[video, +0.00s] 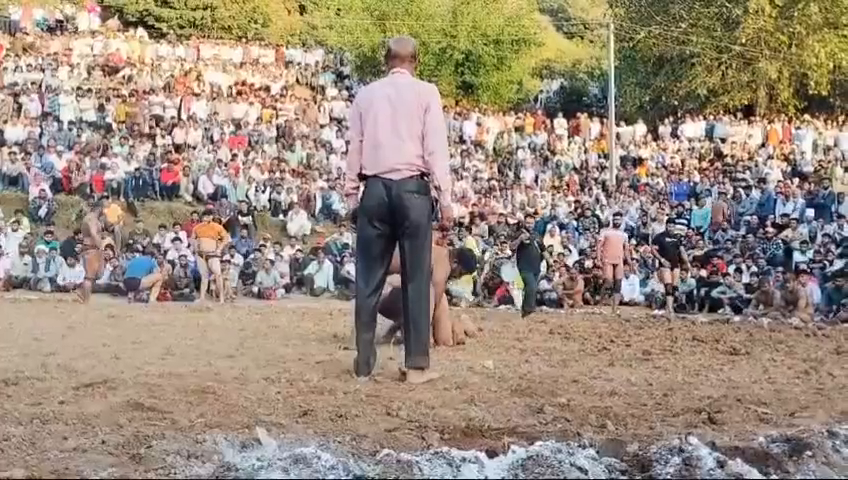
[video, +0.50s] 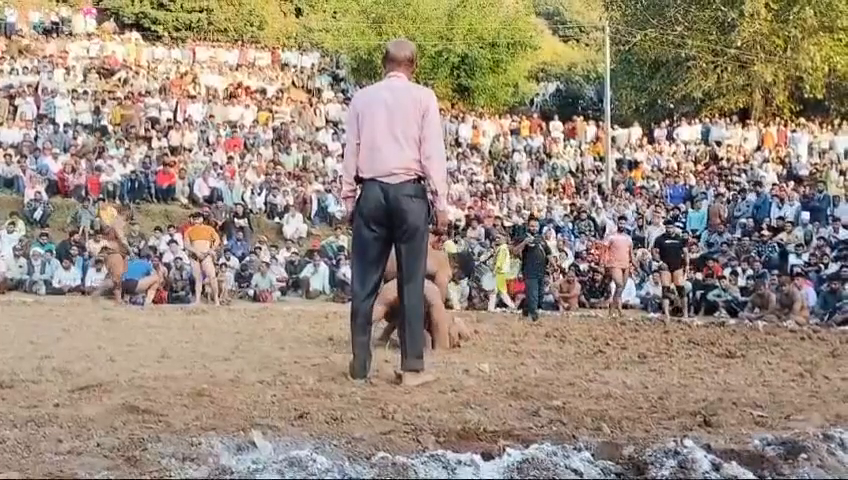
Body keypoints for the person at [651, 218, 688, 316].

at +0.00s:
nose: (672, 228)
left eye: (673, 226)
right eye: (670, 226)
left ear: (675, 227)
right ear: (666, 226)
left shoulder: (677, 238)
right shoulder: (660, 237)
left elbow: (682, 252)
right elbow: (654, 249)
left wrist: (687, 263)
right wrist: (662, 259)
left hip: (675, 263)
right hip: (665, 263)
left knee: (674, 287)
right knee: (668, 286)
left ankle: (669, 309)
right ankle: (670, 310)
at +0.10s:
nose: (670, 229)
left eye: (672, 226)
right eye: (668, 226)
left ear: (674, 227)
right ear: (665, 227)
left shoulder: (677, 238)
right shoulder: (660, 237)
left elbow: (681, 251)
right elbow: (654, 250)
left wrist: (685, 263)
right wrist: (662, 260)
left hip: (676, 264)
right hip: (665, 263)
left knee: (675, 287)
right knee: (668, 287)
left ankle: (668, 308)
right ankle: (669, 312)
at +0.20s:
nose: (668, 229)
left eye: (670, 226)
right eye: (666, 226)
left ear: (673, 227)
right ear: (664, 227)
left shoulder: (677, 238)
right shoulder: (659, 237)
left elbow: (682, 251)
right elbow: (654, 251)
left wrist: (685, 264)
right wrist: (661, 260)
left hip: (676, 265)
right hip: (665, 264)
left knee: (679, 286)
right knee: (667, 288)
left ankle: (679, 306)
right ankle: (668, 311)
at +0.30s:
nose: (668, 229)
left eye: (670, 227)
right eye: (666, 227)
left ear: (673, 227)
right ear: (663, 227)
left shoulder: (678, 238)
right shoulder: (658, 238)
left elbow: (682, 251)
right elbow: (654, 251)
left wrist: (685, 263)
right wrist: (661, 260)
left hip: (676, 265)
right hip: (665, 265)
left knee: (680, 285)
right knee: (666, 288)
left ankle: (676, 306)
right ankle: (667, 312)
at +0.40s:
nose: (668, 229)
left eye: (670, 227)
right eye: (666, 227)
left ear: (673, 227)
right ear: (663, 227)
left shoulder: (679, 238)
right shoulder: (658, 239)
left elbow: (683, 251)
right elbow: (654, 252)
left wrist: (685, 263)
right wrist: (661, 260)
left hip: (677, 264)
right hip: (665, 264)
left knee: (680, 285)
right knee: (665, 288)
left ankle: (681, 309)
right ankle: (666, 313)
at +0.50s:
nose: (669, 230)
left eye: (671, 227)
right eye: (667, 227)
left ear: (674, 228)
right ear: (665, 228)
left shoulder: (680, 239)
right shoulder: (659, 239)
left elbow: (686, 253)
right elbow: (655, 252)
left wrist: (687, 266)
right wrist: (659, 261)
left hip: (678, 266)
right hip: (665, 266)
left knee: (681, 288)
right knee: (665, 289)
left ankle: (685, 313)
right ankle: (666, 314)